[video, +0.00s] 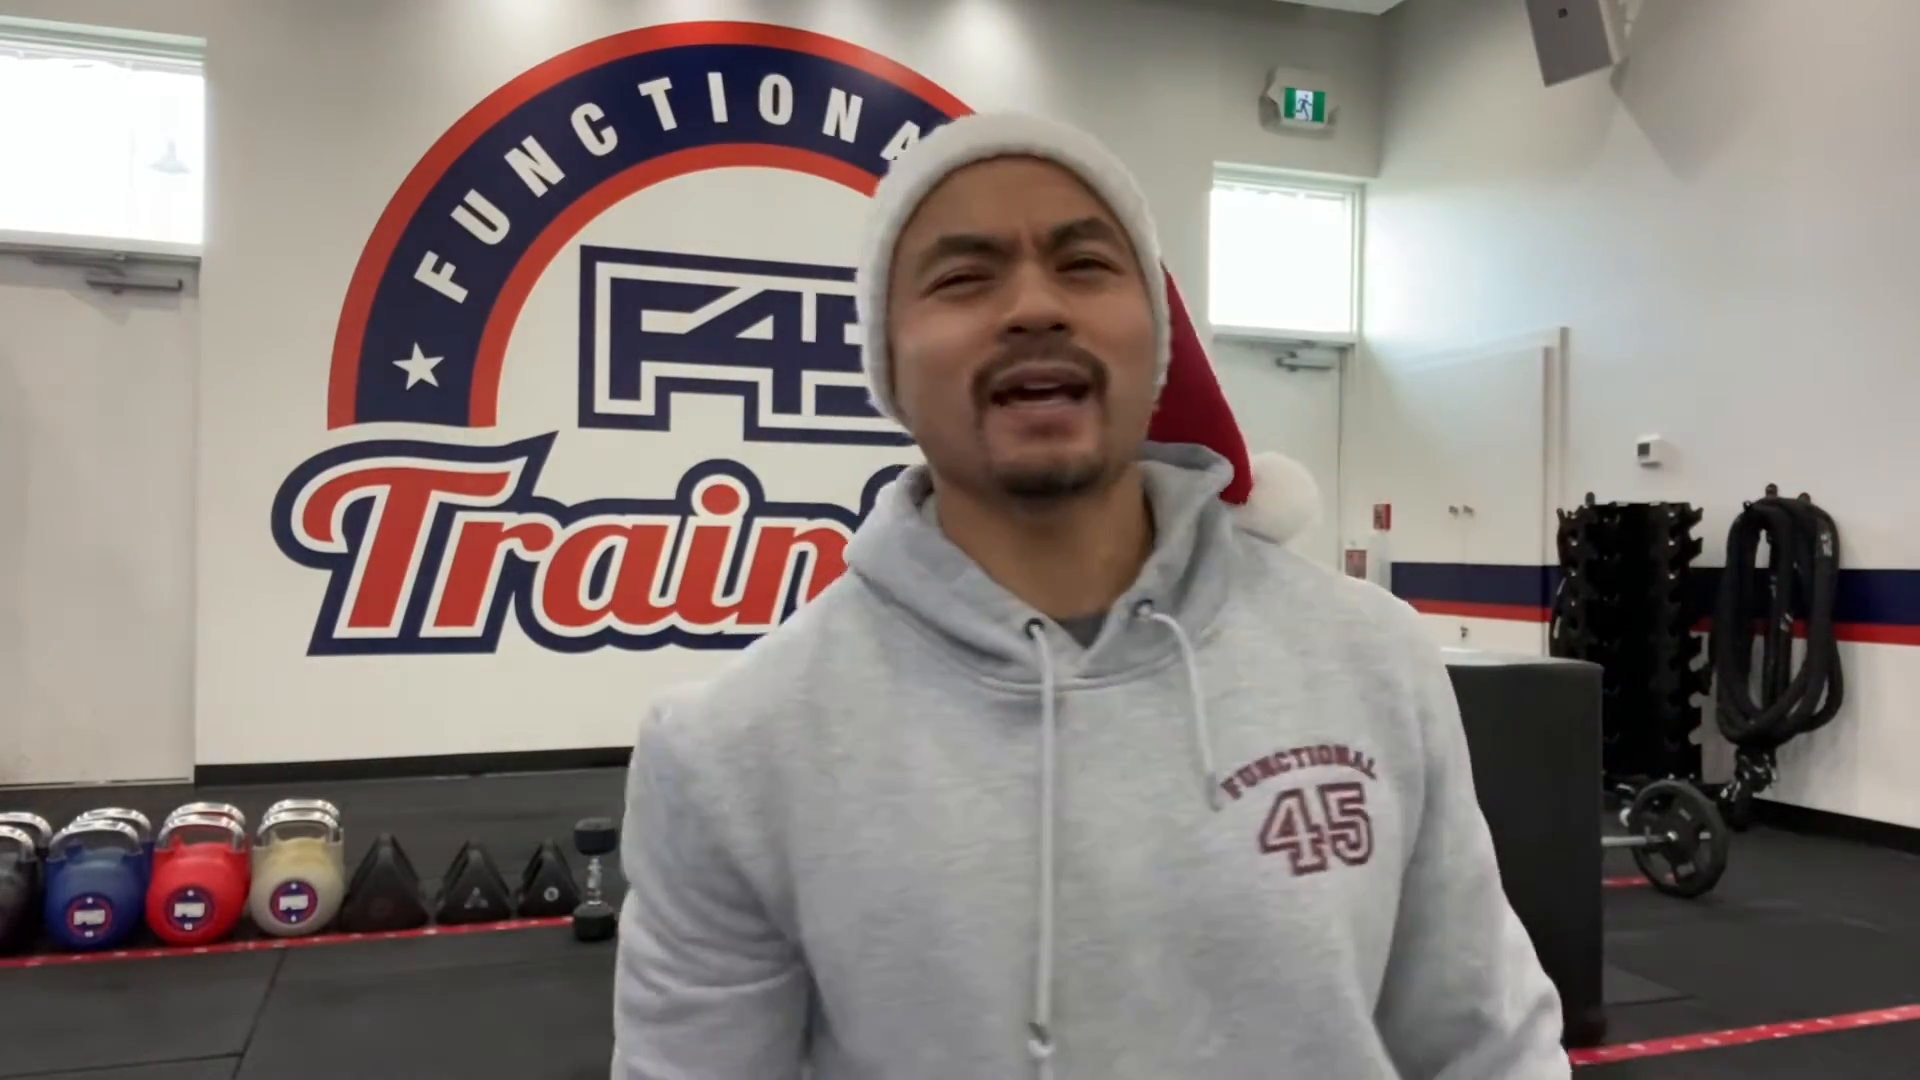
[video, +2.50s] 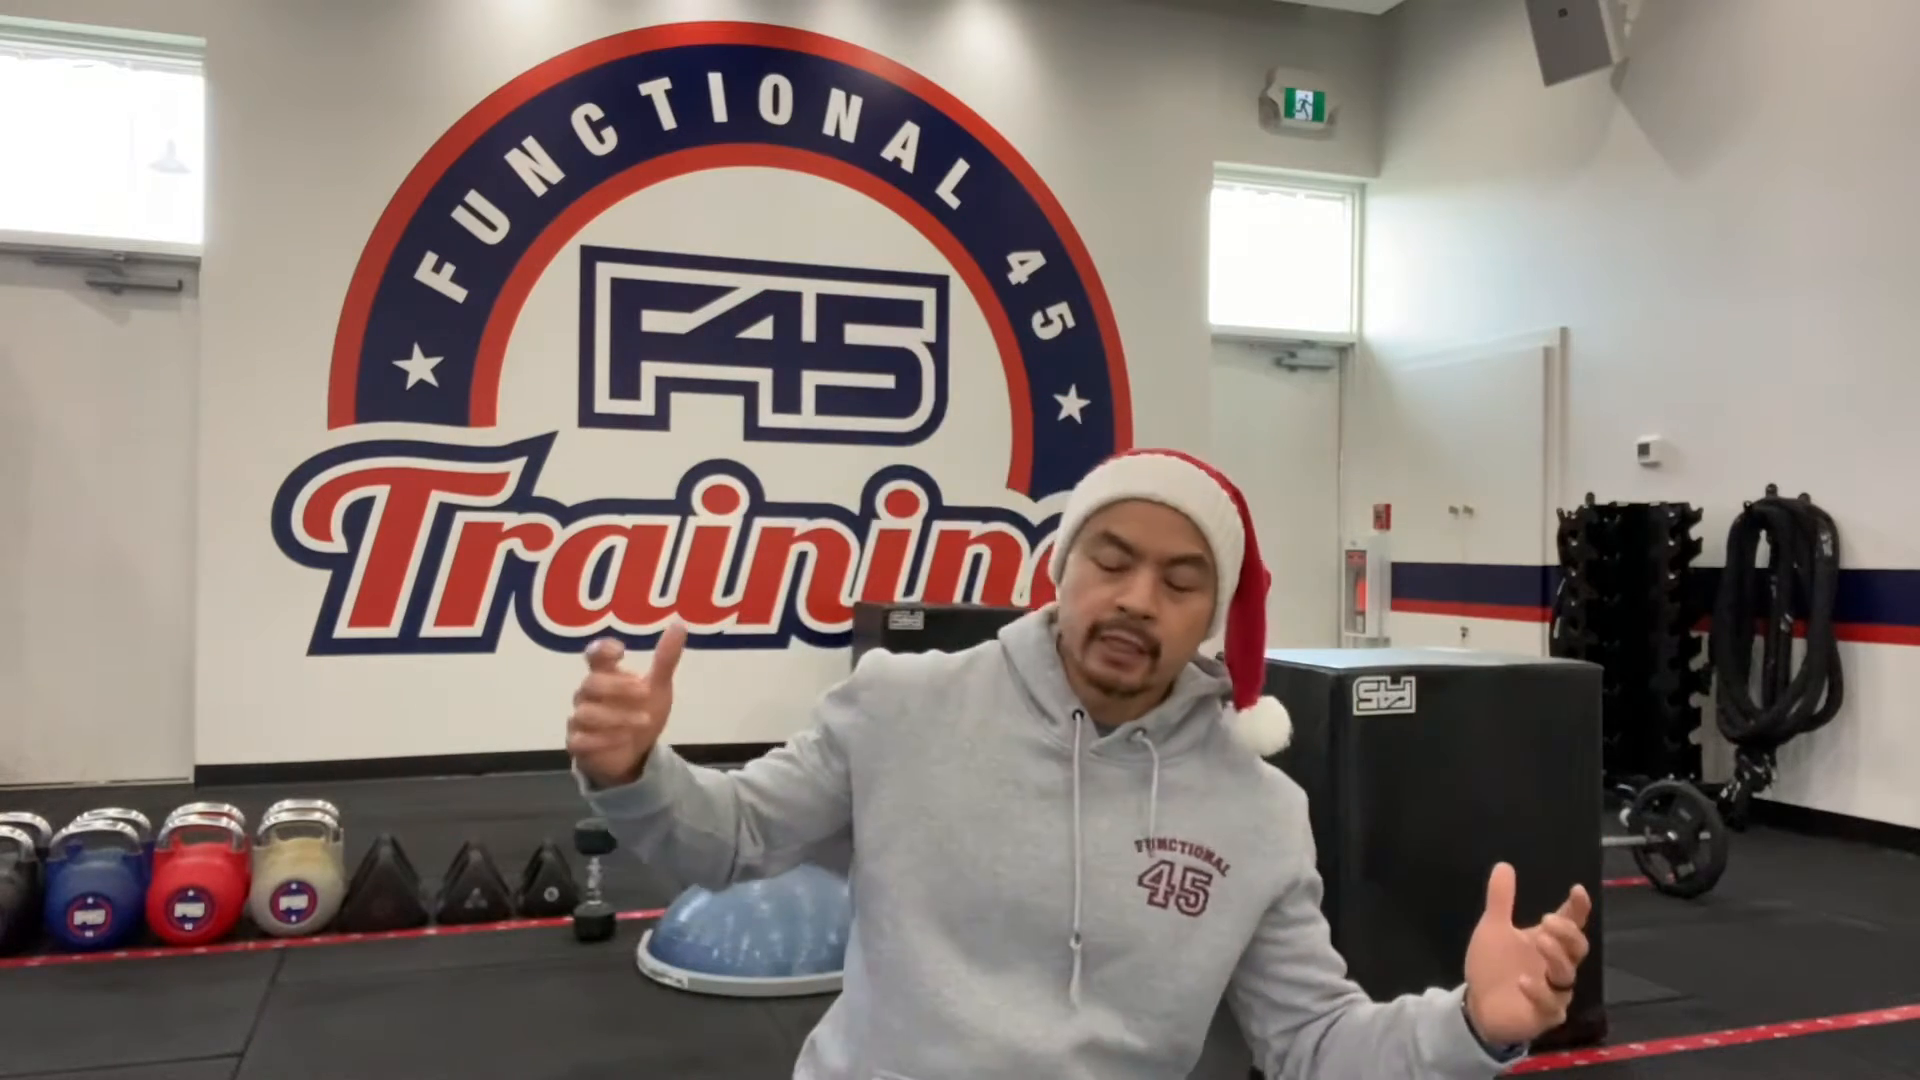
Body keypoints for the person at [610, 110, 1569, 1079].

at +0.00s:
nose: (1035, 307)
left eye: (1084, 264)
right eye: (964, 275)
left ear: (1159, 331)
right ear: (890, 369)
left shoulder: (1368, 660)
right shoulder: (727, 752)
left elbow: (1492, 1048)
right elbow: (687, 1070)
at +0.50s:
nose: (1384, 435)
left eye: (1406, 408)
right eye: (1335, 388)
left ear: (1418, 441)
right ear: (1201, 403)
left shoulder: (1388, 707)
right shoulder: (1007, 657)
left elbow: (1423, 1055)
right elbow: (847, 1039)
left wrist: (1439, 985)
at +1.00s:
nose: (1017, 398)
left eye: (1061, 352)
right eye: (974, 378)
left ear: (1155, 385)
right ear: (950, 437)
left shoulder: (1364, 655)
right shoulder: (869, 697)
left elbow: (1496, 920)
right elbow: (836, 1012)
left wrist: (1344, 1030)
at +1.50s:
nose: (703, 453)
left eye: (740, 401)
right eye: (673, 435)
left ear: (846, 408)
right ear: (666, 482)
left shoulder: (1062, 628)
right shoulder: (667, 740)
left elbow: (1270, 857)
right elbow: (646, 976)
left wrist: (1221, 908)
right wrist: (416, 1000)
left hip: (1060, 1068)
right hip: (805, 1073)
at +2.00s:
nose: (1008, 547)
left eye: (1050, 504)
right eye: (971, 503)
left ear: (1115, 525)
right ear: (925, 519)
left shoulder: (1217, 734)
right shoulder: (803, 711)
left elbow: (1348, 958)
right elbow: (666, 887)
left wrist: (1481, 898)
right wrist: (513, 838)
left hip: (1097, 1075)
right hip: (844, 1069)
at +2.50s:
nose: (1137, 606)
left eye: (1179, 582)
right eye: (1113, 563)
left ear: (1217, 618)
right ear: (1056, 571)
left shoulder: (1259, 816)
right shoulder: (891, 713)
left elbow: (1311, 1039)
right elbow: (725, 836)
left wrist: (1469, 1018)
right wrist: (634, 777)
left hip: (1106, 1074)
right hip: (870, 1066)